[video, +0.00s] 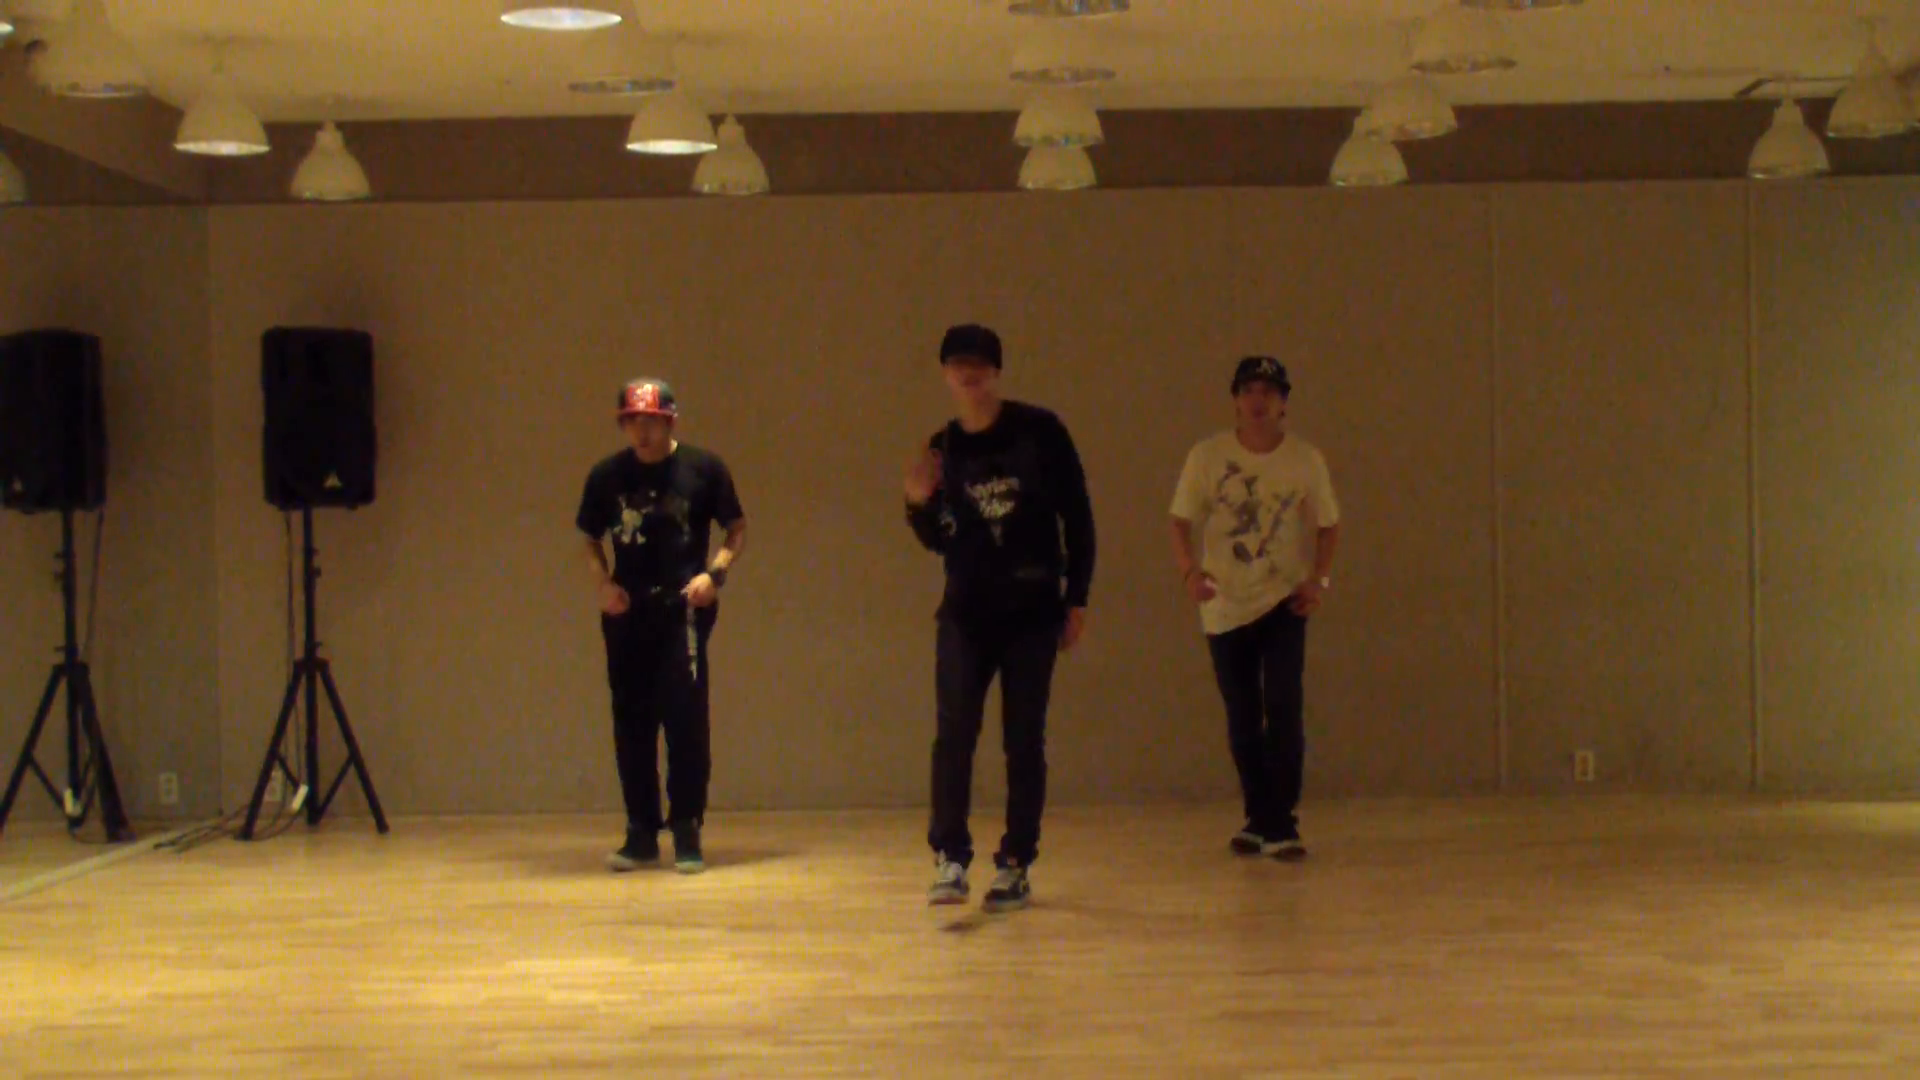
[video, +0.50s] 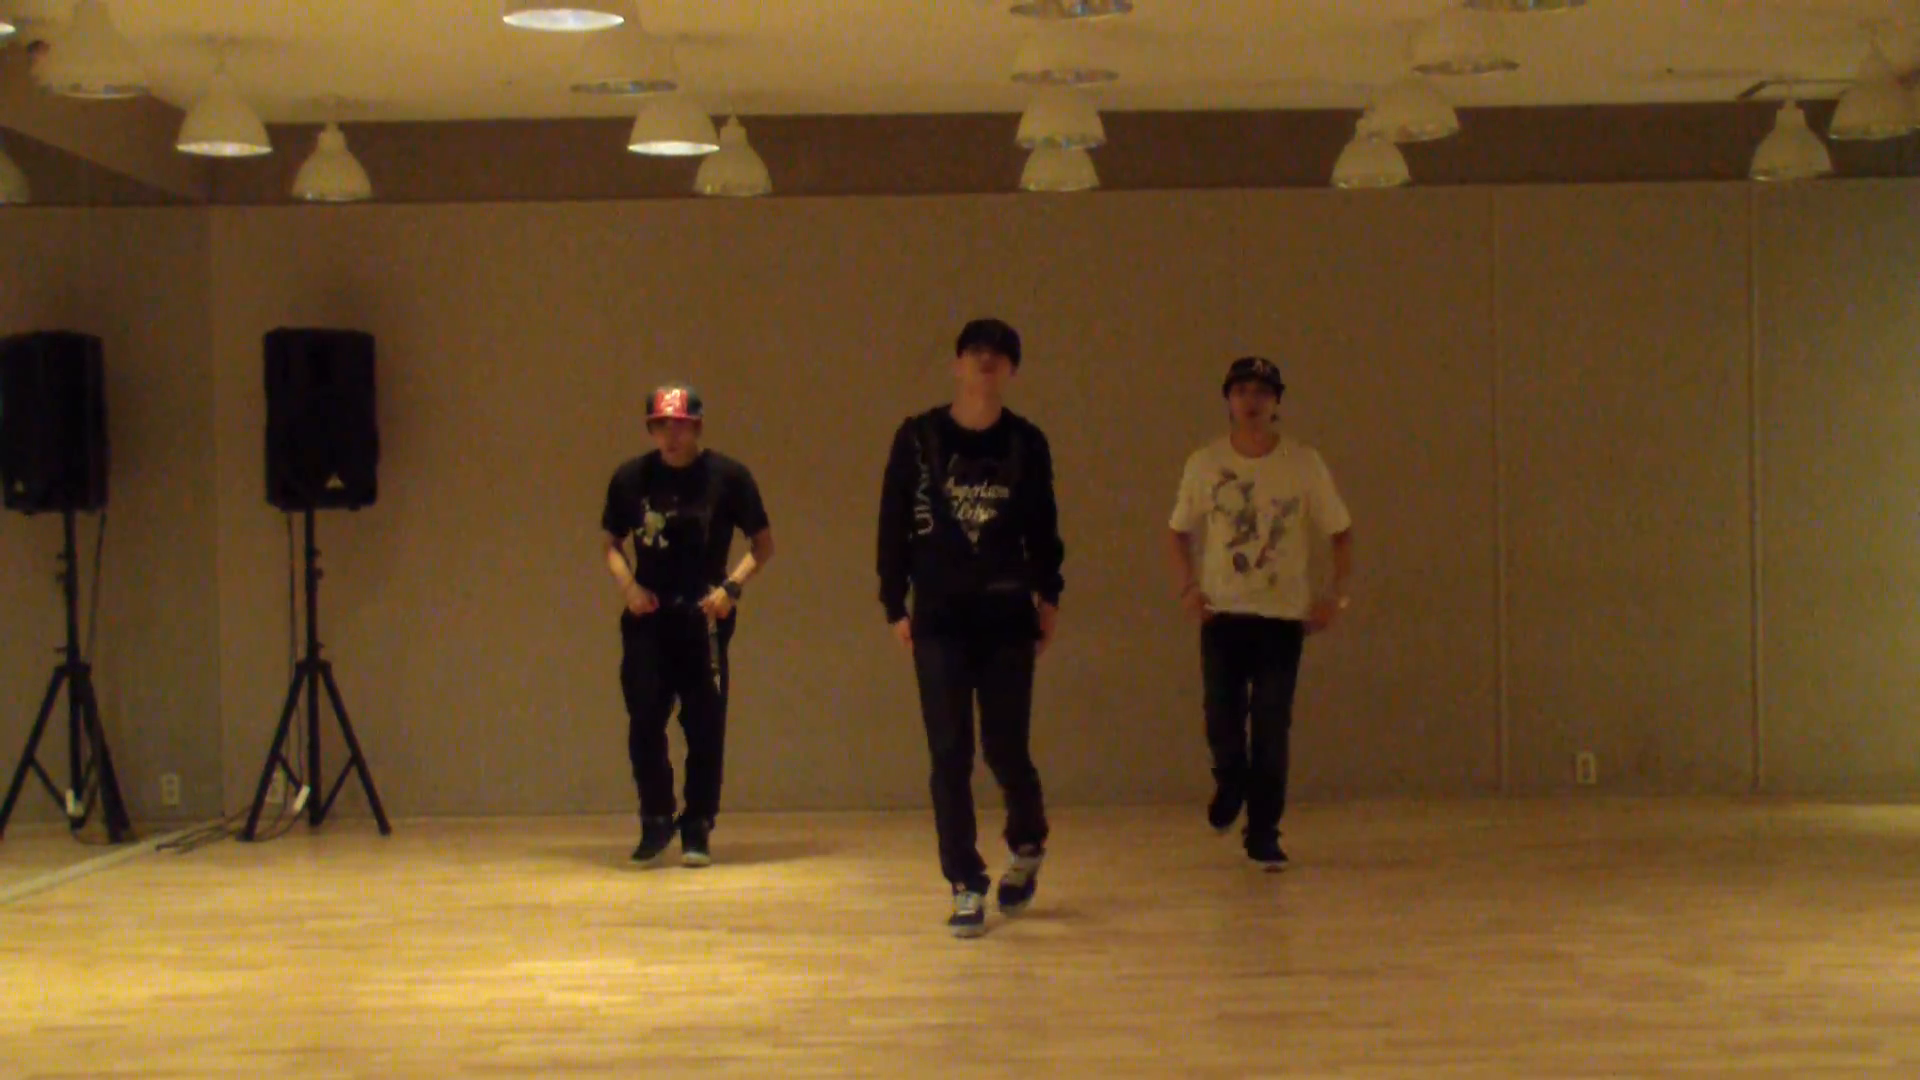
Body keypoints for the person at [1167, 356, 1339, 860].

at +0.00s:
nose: (1260, 402)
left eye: (1269, 393)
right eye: (1251, 393)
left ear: (1284, 402)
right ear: (1235, 400)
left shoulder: (1305, 460)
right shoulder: (1206, 456)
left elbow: (1327, 526)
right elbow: (1180, 520)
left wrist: (1317, 580)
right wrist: (1189, 570)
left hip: (1284, 604)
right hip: (1226, 608)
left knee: (1284, 713)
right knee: (1242, 718)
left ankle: (1282, 823)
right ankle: (1257, 821)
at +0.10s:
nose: (1267, 409)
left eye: (1276, 400)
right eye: (1258, 399)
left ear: (1292, 410)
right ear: (1242, 407)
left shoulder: (1307, 470)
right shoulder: (1208, 463)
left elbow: (1326, 538)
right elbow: (1175, 529)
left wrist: (1319, 592)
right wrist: (1189, 581)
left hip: (1281, 612)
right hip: (1224, 615)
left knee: (1274, 719)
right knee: (1240, 725)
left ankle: (1274, 829)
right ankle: (1258, 823)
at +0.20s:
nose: (1269, 409)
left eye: (1279, 400)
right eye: (1260, 400)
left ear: (1294, 410)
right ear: (1245, 408)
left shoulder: (1311, 475)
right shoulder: (1212, 464)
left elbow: (1321, 543)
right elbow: (1174, 528)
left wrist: (1313, 597)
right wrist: (1188, 594)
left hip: (1279, 615)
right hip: (1222, 617)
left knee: (1270, 719)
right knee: (1237, 724)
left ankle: (1269, 831)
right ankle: (1255, 821)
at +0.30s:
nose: (1267, 406)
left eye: (1277, 398)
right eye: (1258, 397)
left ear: (1293, 407)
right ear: (1242, 405)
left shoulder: (1311, 474)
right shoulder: (1210, 462)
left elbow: (1320, 540)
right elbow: (1172, 522)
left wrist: (1311, 595)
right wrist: (1187, 588)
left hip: (1278, 618)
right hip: (1220, 618)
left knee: (1272, 724)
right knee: (1226, 722)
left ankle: (1266, 832)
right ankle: (1252, 815)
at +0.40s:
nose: (1260, 405)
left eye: (1271, 397)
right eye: (1251, 396)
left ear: (1285, 406)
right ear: (1235, 403)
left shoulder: (1309, 471)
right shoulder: (1206, 464)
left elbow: (1329, 541)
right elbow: (1172, 526)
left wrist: (1324, 595)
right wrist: (1189, 582)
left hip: (1282, 620)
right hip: (1222, 618)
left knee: (1271, 723)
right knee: (1217, 720)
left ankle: (1264, 831)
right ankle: (1244, 795)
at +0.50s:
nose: (1251, 401)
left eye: (1261, 393)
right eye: (1242, 393)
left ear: (1277, 401)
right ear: (1227, 400)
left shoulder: (1302, 462)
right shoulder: (1204, 463)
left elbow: (1339, 530)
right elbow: (1178, 531)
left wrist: (1335, 596)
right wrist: (1188, 588)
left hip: (1282, 617)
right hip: (1222, 615)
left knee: (1271, 726)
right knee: (1220, 718)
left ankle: (1264, 831)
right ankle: (1230, 784)